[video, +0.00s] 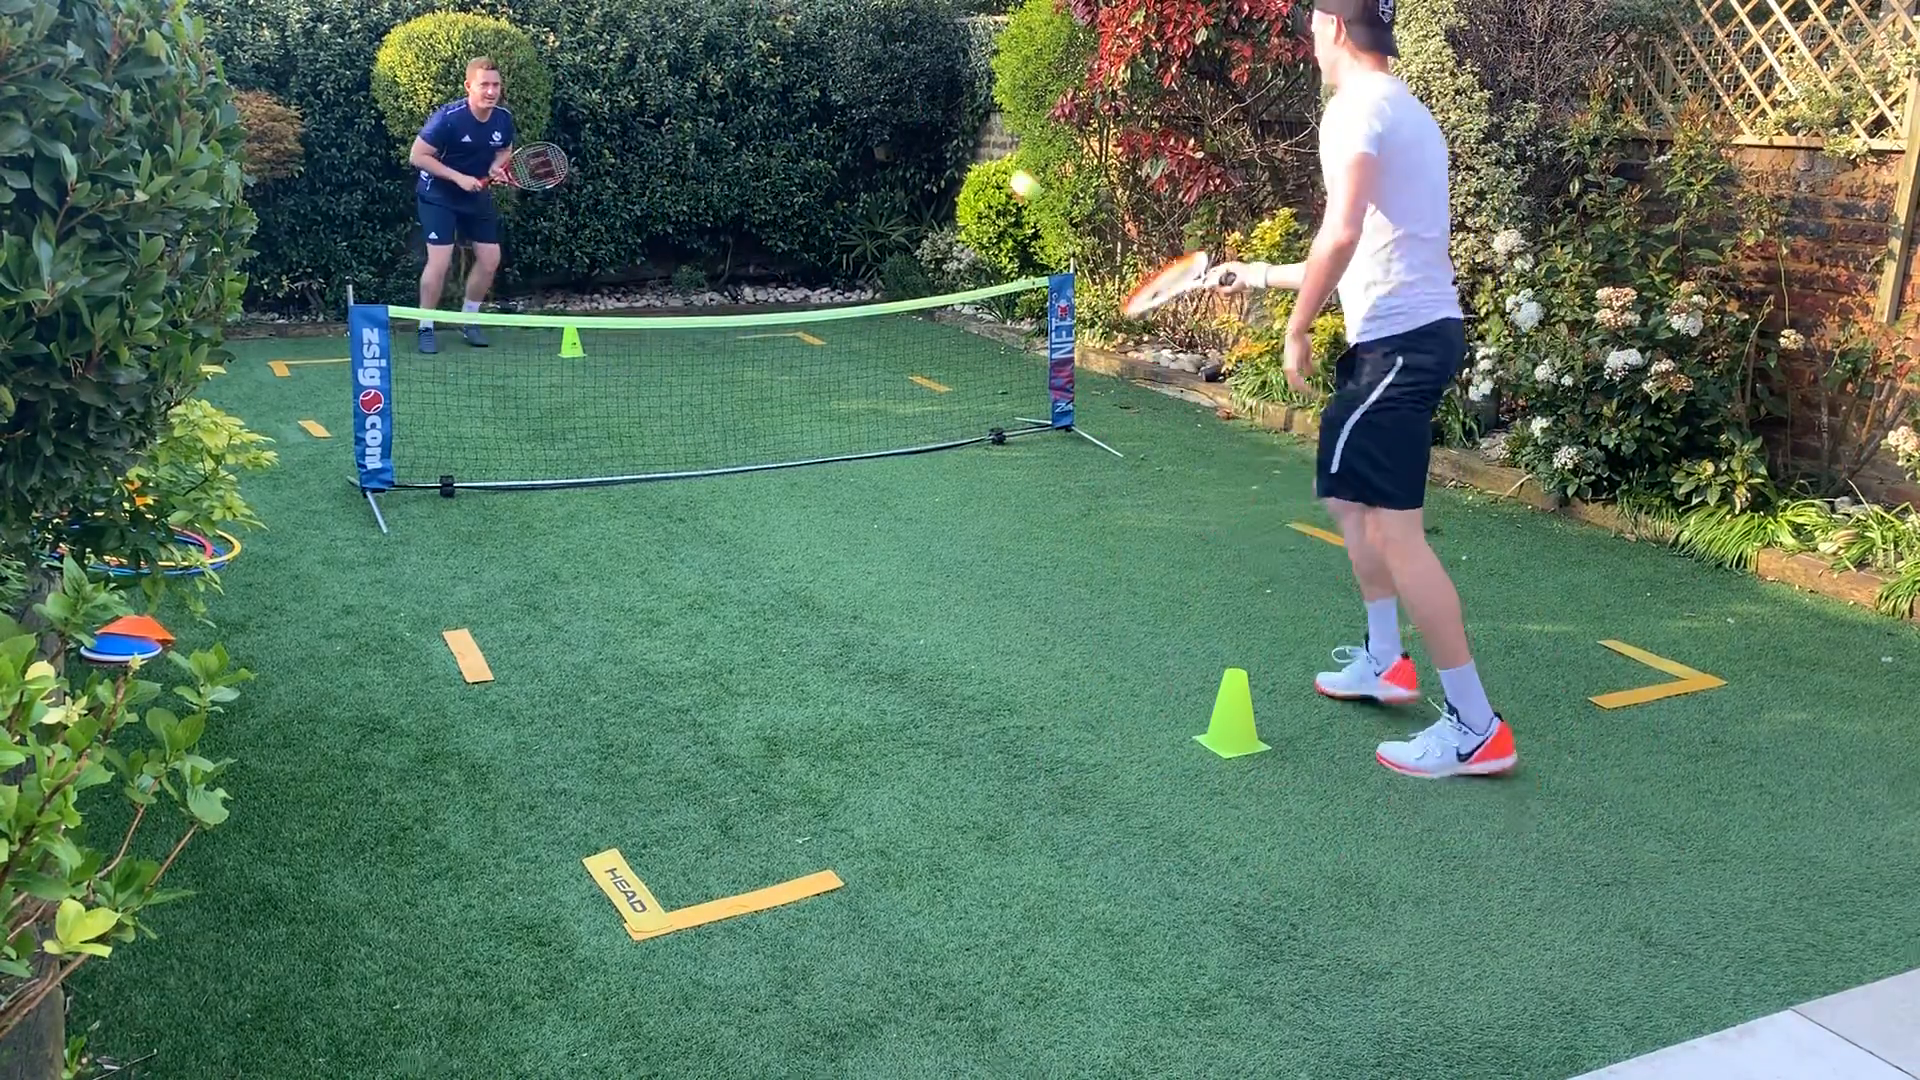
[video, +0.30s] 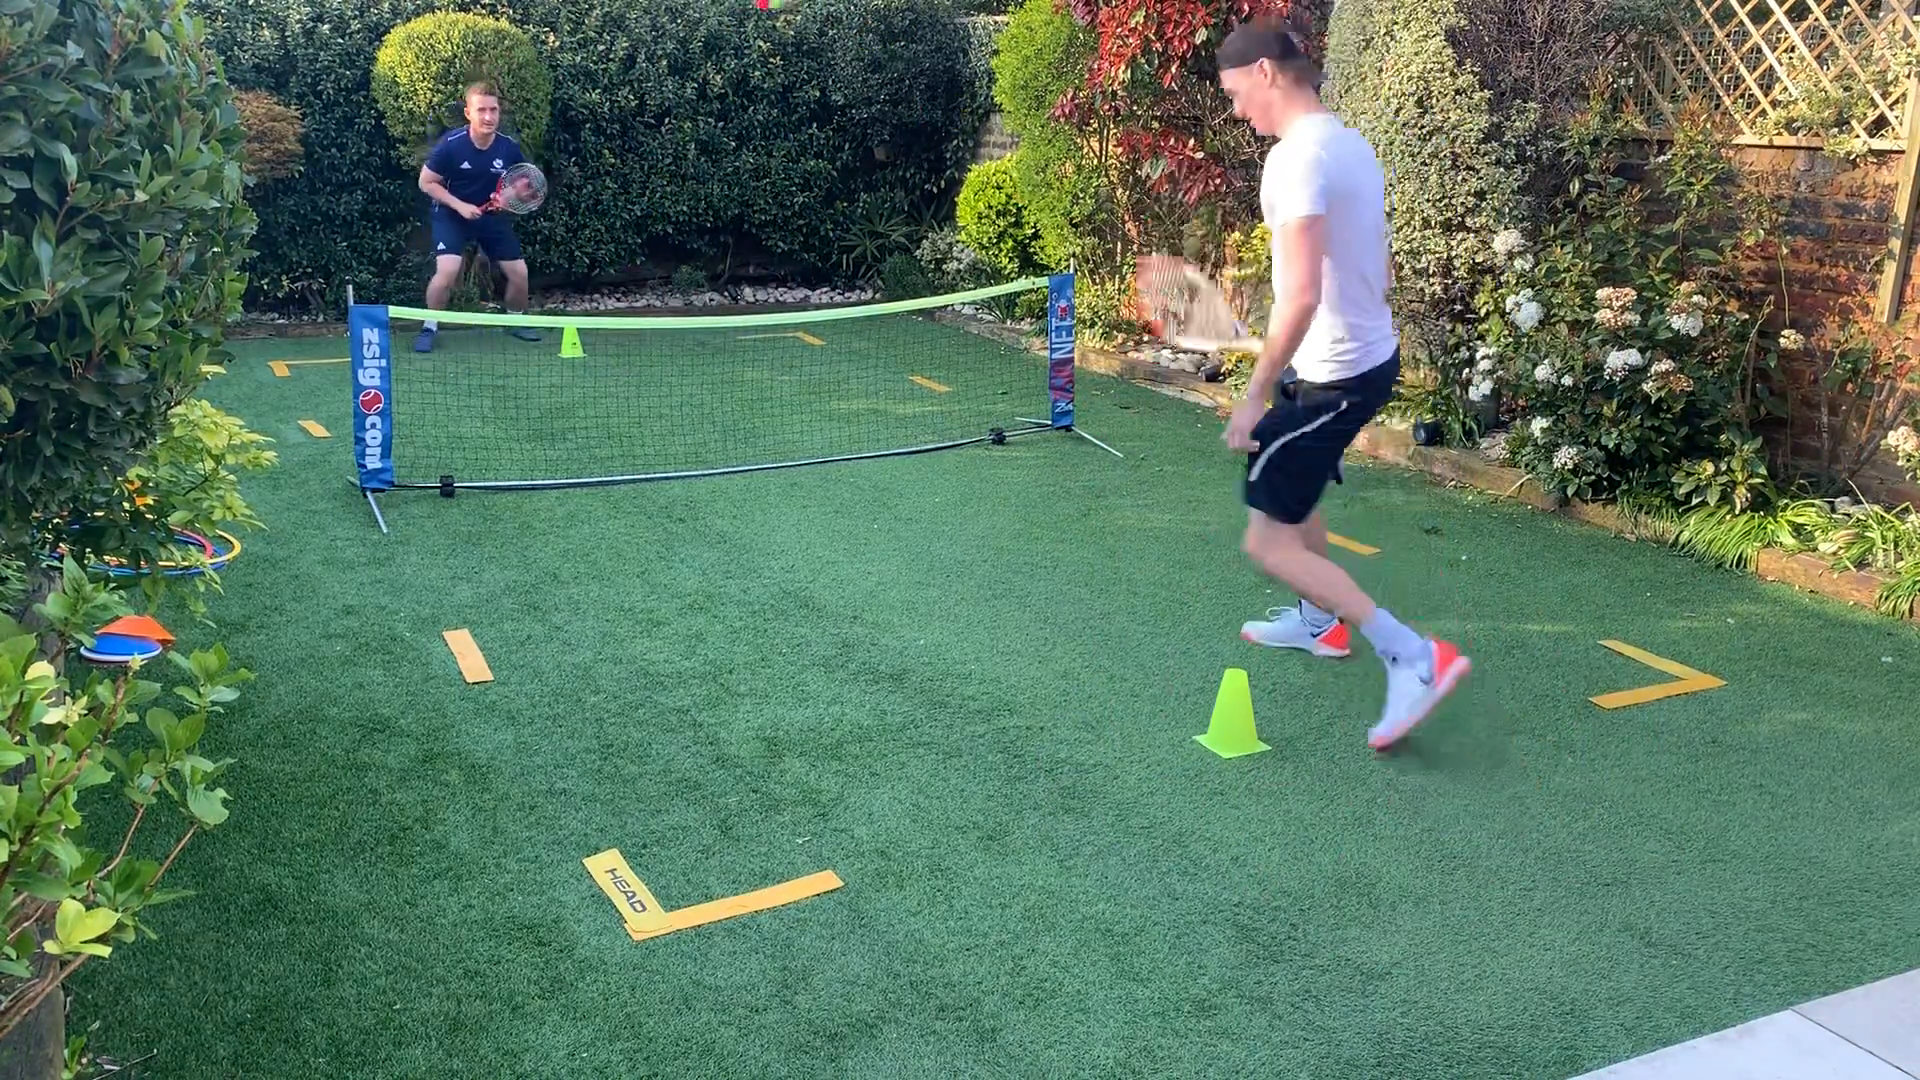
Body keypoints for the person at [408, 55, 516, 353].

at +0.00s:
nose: (492, 91)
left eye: (496, 85)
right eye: (485, 85)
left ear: (501, 88)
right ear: (469, 87)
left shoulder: (503, 120)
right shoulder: (447, 118)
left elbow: (503, 152)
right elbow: (418, 156)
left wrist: (496, 168)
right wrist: (459, 177)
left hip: (477, 194)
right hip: (438, 195)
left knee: (490, 257)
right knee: (440, 259)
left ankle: (468, 321)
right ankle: (426, 326)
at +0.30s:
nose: (488, 117)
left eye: (493, 110)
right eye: (481, 110)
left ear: (500, 113)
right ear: (467, 113)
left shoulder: (510, 148)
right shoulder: (451, 145)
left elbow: (523, 186)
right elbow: (426, 182)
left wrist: (506, 198)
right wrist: (459, 205)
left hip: (492, 215)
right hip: (451, 214)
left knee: (519, 272)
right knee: (448, 270)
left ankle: (517, 323)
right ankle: (429, 327)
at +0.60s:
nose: (444, 100)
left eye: (449, 93)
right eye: (438, 94)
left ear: (458, 95)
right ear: (427, 97)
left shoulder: (475, 134)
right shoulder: (416, 134)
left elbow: (490, 180)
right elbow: (405, 172)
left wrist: (452, 185)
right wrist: (419, 200)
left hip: (473, 215)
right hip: (432, 217)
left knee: (498, 276)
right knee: (424, 276)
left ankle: (508, 320)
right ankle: (439, 330)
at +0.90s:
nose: (429, 93)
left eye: (434, 86)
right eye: (422, 88)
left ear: (444, 86)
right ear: (413, 91)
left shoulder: (466, 124)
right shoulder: (404, 125)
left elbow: (488, 169)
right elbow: (395, 168)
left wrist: (449, 182)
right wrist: (380, 202)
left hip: (463, 210)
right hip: (422, 210)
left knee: (460, 269)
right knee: (414, 271)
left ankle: (461, 333)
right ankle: (437, 323)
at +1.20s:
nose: (409, 114)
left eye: (414, 106)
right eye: (402, 108)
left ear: (426, 103)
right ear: (395, 111)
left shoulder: (456, 128)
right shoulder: (395, 145)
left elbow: (493, 159)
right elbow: (399, 193)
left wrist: (465, 188)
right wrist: (392, 239)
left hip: (468, 211)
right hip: (426, 212)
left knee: (469, 275)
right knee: (422, 269)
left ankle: (462, 335)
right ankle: (415, 344)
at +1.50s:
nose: (427, 108)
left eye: (432, 99)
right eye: (420, 103)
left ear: (444, 97)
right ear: (413, 106)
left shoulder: (474, 118)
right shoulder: (413, 145)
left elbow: (505, 144)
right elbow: (432, 189)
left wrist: (491, 173)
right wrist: (458, 211)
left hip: (484, 203)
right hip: (441, 207)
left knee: (505, 268)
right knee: (431, 273)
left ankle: (512, 337)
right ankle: (416, 344)